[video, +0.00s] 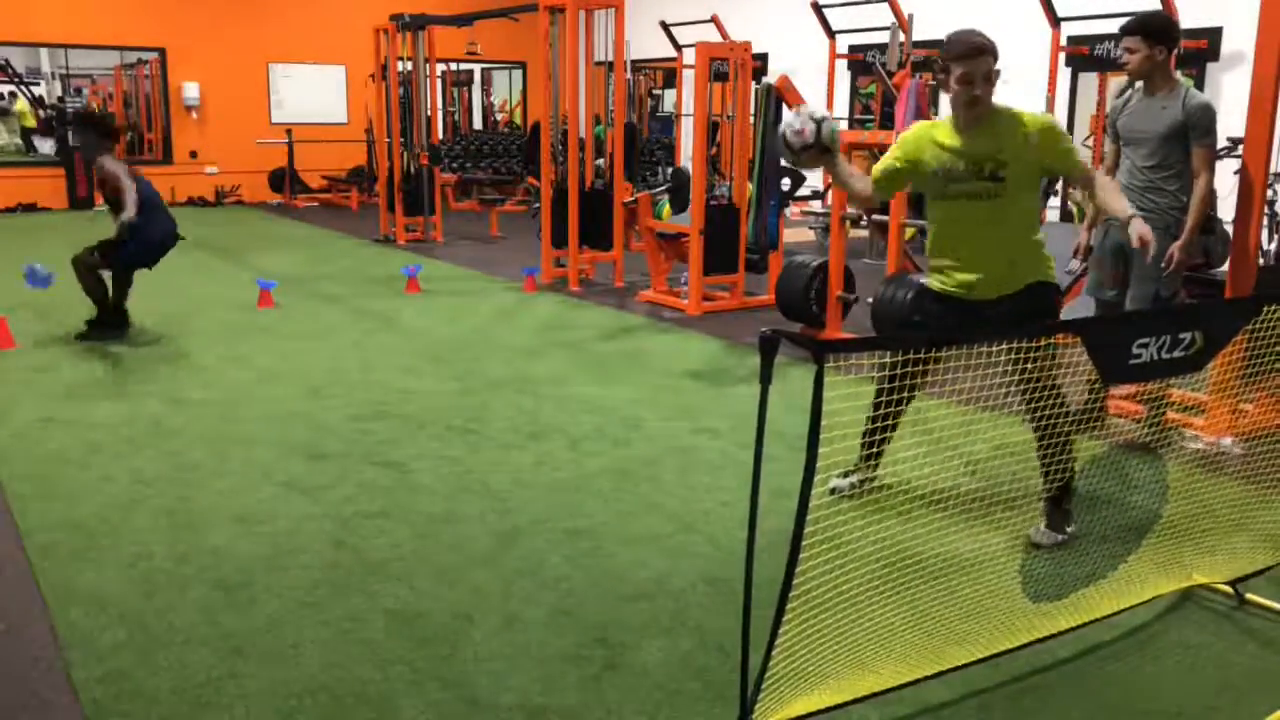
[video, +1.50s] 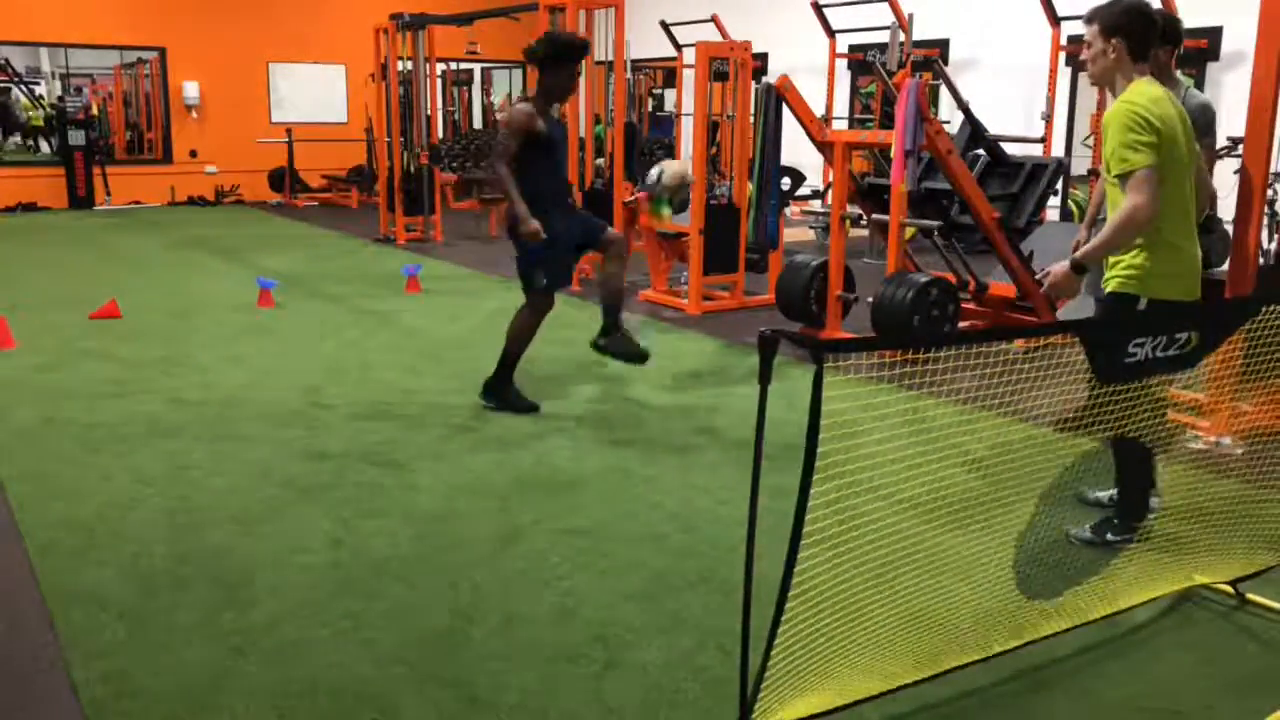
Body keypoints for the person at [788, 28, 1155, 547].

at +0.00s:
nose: (975, 90)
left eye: (984, 79)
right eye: (964, 80)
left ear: (996, 77)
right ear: (945, 80)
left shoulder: (1034, 134)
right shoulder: (920, 140)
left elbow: (1093, 179)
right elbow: (868, 193)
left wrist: (1131, 218)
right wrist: (827, 155)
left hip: (1022, 287)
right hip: (946, 289)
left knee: (1038, 391)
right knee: (898, 374)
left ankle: (1058, 508)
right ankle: (865, 469)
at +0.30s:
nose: (1049, 99)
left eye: (1058, 88)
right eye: (1037, 90)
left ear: (1072, 87)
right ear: (1019, 90)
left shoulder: (1103, 146)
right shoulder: (996, 162)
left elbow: (1134, 228)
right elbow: (1036, 240)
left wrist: (1162, 304)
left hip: (1072, 297)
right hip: (999, 295)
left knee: (1087, 410)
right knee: (927, 384)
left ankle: (1056, 518)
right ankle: (867, 471)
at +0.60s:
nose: (1078, 56)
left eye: (1091, 46)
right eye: (1070, 46)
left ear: (1116, 51)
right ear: (1061, 51)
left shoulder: (1154, 121)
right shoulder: (1040, 121)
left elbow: (1176, 206)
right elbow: (991, 192)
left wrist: (1177, 277)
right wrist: (992, 250)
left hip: (1125, 273)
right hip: (1056, 271)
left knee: (1094, 391)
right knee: (1041, 372)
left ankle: (1062, 510)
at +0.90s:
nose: (1074, 60)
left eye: (1084, 51)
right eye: (1075, 51)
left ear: (1117, 56)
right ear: (1104, 58)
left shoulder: (1161, 118)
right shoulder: (1093, 131)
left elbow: (1193, 204)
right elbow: (1080, 213)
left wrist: (1162, 287)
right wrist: (1025, 249)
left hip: (1157, 285)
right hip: (1116, 286)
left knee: (1100, 393)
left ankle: (1100, 512)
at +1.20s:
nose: (1078, 59)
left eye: (1085, 47)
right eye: (1079, 47)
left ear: (1117, 51)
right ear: (1122, 53)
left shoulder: (1134, 106)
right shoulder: (1153, 102)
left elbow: (1156, 203)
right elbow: (1188, 194)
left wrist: (1094, 261)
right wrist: (1109, 237)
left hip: (1149, 280)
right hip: (1171, 278)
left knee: (1124, 398)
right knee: (1147, 396)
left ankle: (1130, 516)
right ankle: (1166, 494)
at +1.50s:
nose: (1082, 56)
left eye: (1089, 45)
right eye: (1084, 45)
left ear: (1116, 49)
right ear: (1129, 51)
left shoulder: (1126, 109)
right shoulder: (1169, 104)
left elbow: (1139, 208)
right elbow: (1202, 195)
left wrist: (1077, 264)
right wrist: (1161, 232)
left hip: (1140, 279)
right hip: (1175, 278)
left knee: (1122, 395)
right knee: (1134, 389)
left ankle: (1130, 516)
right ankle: (1137, 488)